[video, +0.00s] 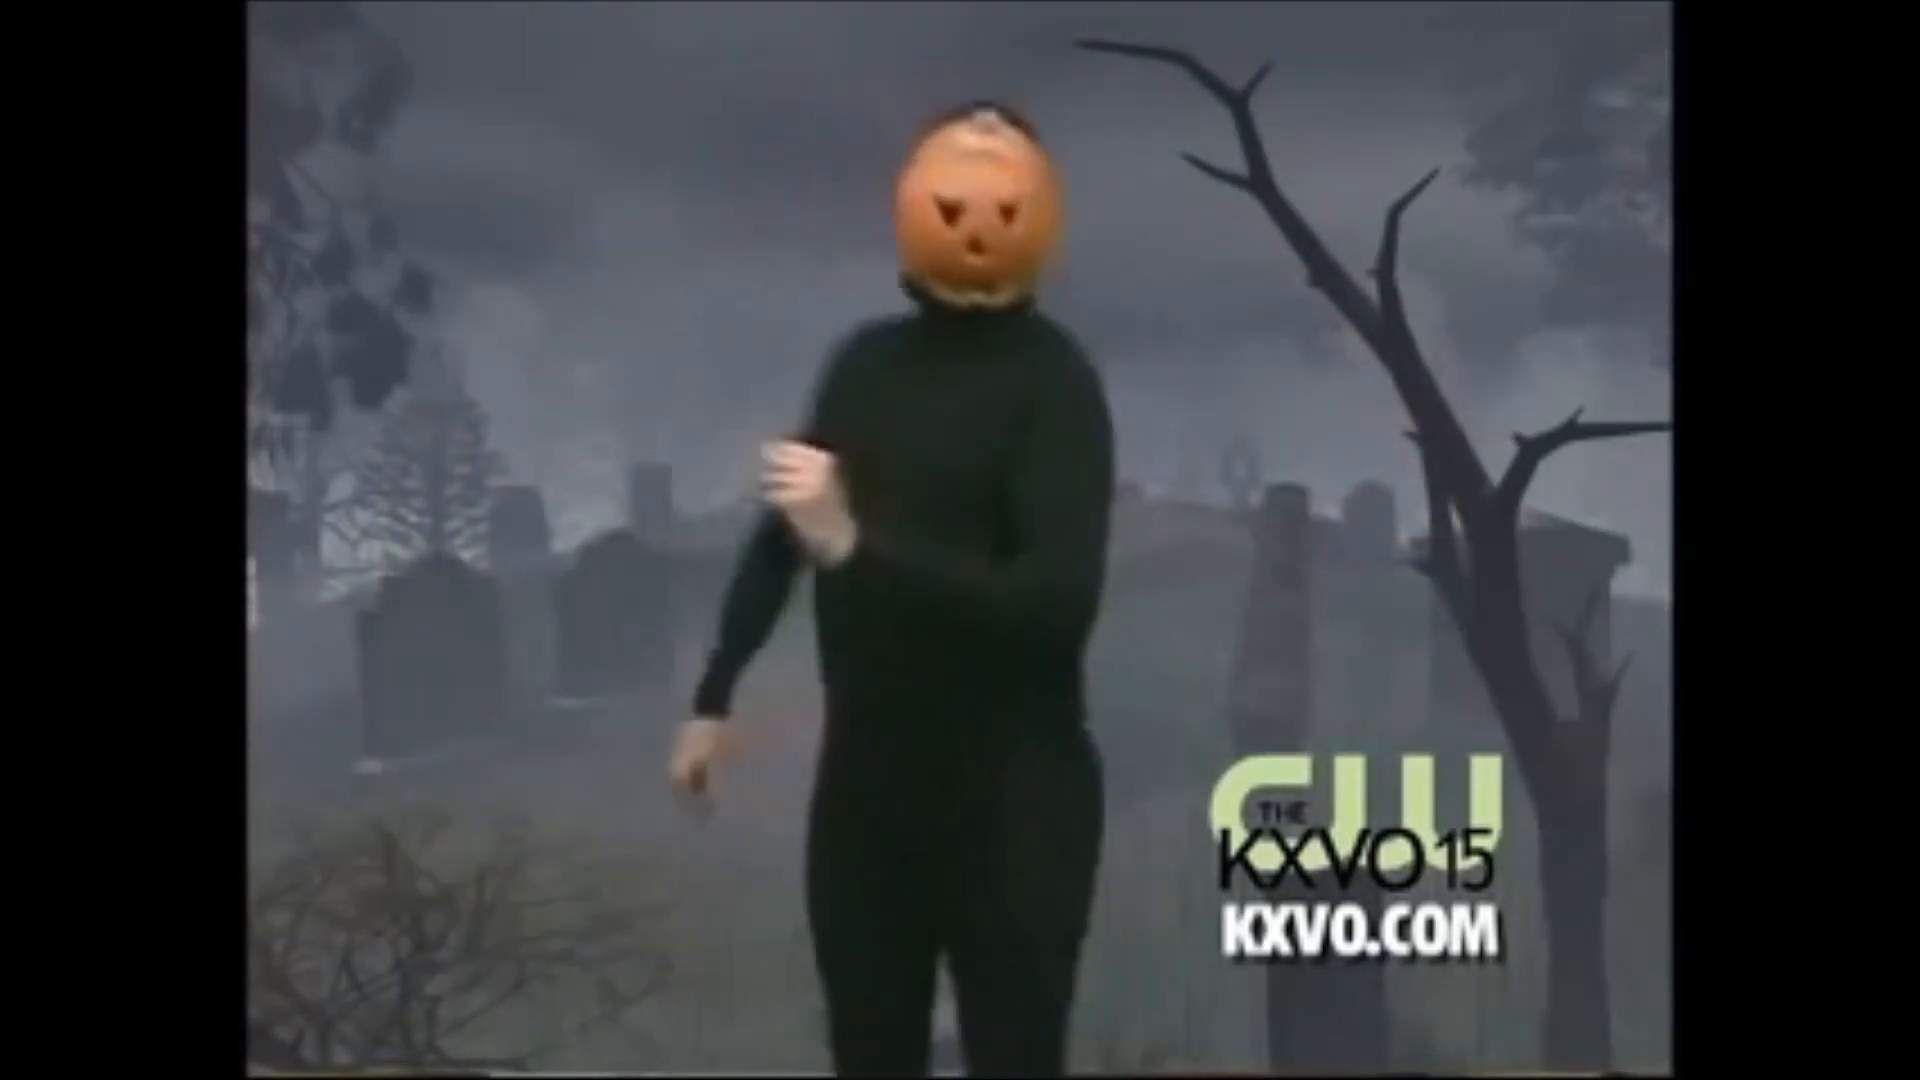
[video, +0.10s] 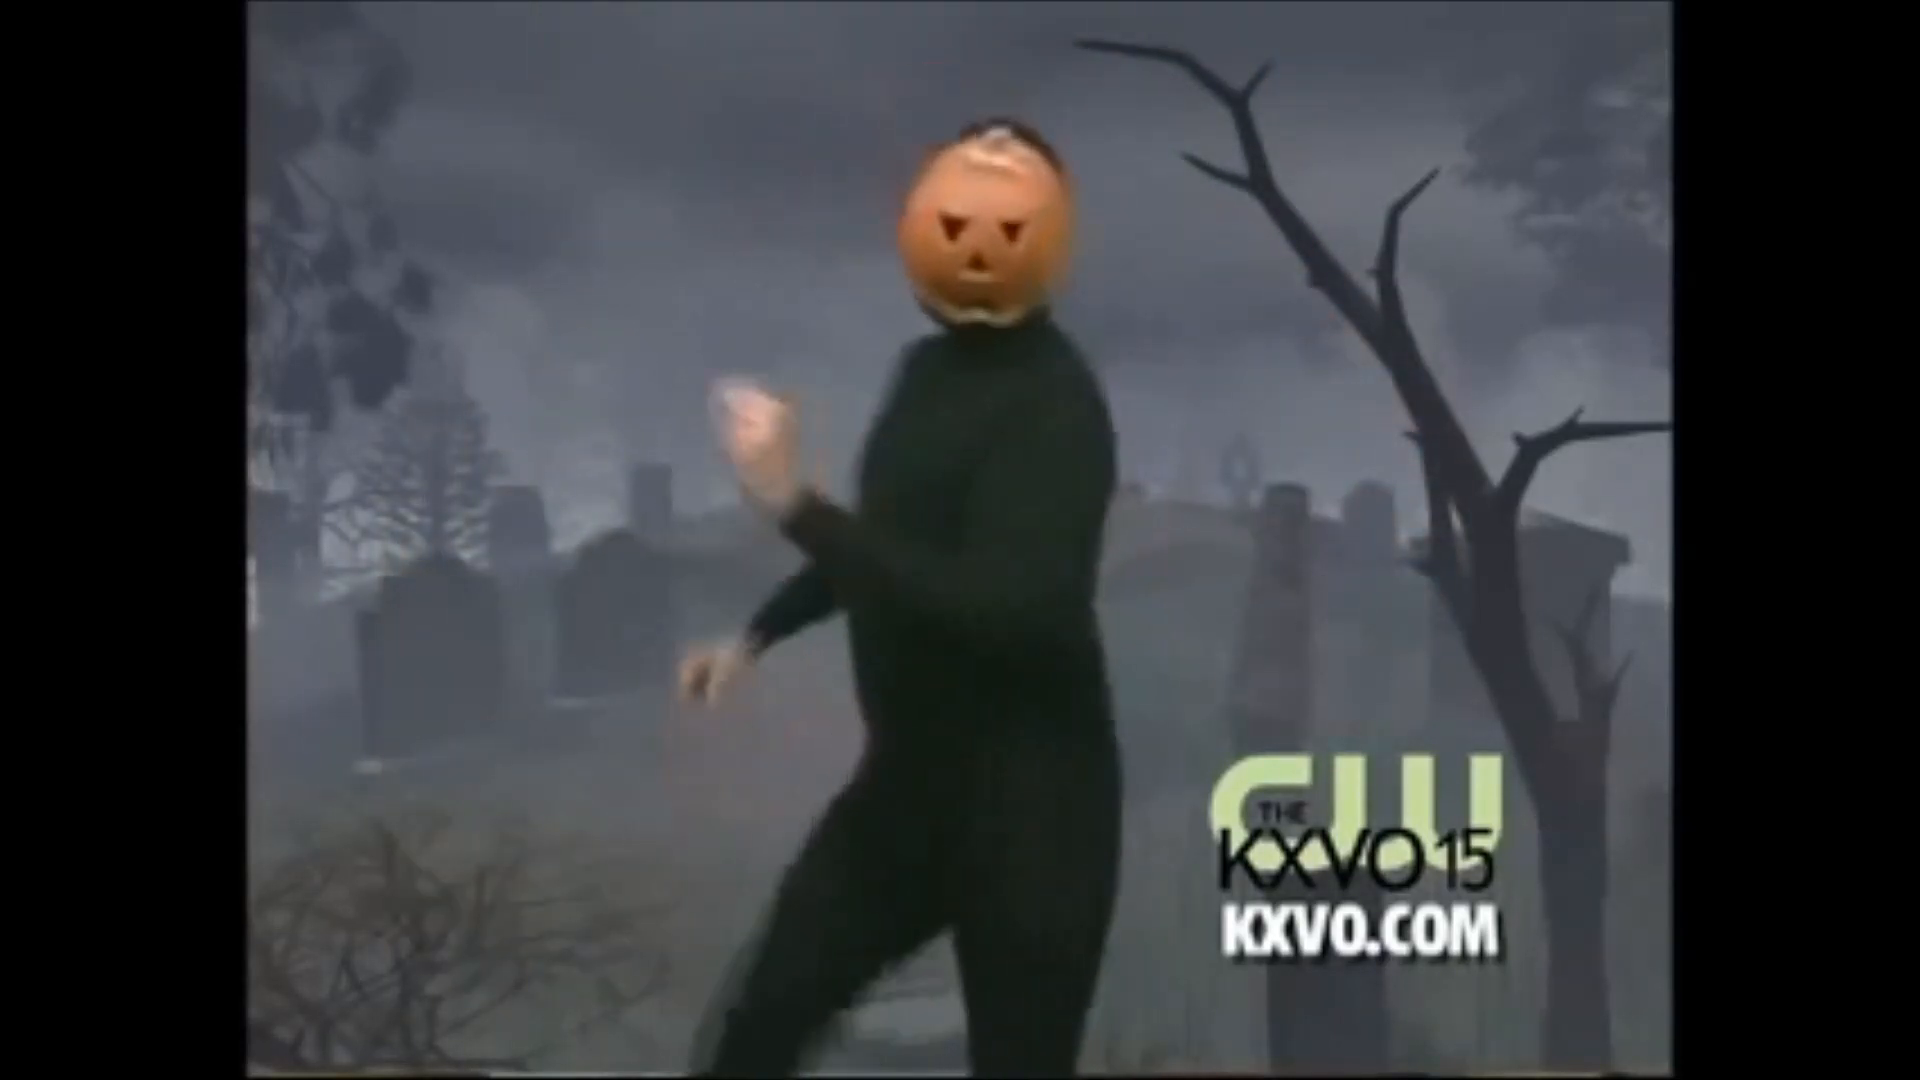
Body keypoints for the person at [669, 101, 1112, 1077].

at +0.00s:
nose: (976, 232)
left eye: (1006, 212)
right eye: (948, 207)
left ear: (1044, 231)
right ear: (902, 217)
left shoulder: (1056, 384)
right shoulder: (866, 364)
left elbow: (1055, 607)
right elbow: (786, 532)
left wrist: (851, 546)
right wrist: (712, 701)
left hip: (1016, 788)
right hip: (871, 779)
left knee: (1014, 1057)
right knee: (872, 1057)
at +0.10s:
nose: (978, 250)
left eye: (1011, 229)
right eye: (951, 224)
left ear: (1054, 251)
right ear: (911, 235)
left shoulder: (1055, 399)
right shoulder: (929, 372)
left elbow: (1011, 608)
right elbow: (889, 544)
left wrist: (804, 508)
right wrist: (754, 638)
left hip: (1033, 796)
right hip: (913, 781)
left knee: (1022, 1060)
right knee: (755, 1031)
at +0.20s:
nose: (978, 287)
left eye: (1014, 265)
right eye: (953, 258)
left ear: (1058, 289)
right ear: (916, 264)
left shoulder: (1055, 443)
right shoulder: (958, 406)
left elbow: (911, 607)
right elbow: (923, 530)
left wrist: (782, 411)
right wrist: (834, 565)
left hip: (1055, 828)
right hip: (929, 801)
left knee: (1035, 1061)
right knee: (677, 947)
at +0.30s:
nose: (985, 263)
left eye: (1021, 244)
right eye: (960, 235)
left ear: (1066, 269)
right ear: (918, 249)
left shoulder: (1056, 432)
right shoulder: (950, 392)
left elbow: (843, 569)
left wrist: (820, 340)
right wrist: (836, 555)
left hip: (1051, 808)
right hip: (922, 780)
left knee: (1036, 1062)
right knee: (678, 919)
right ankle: (809, 1073)